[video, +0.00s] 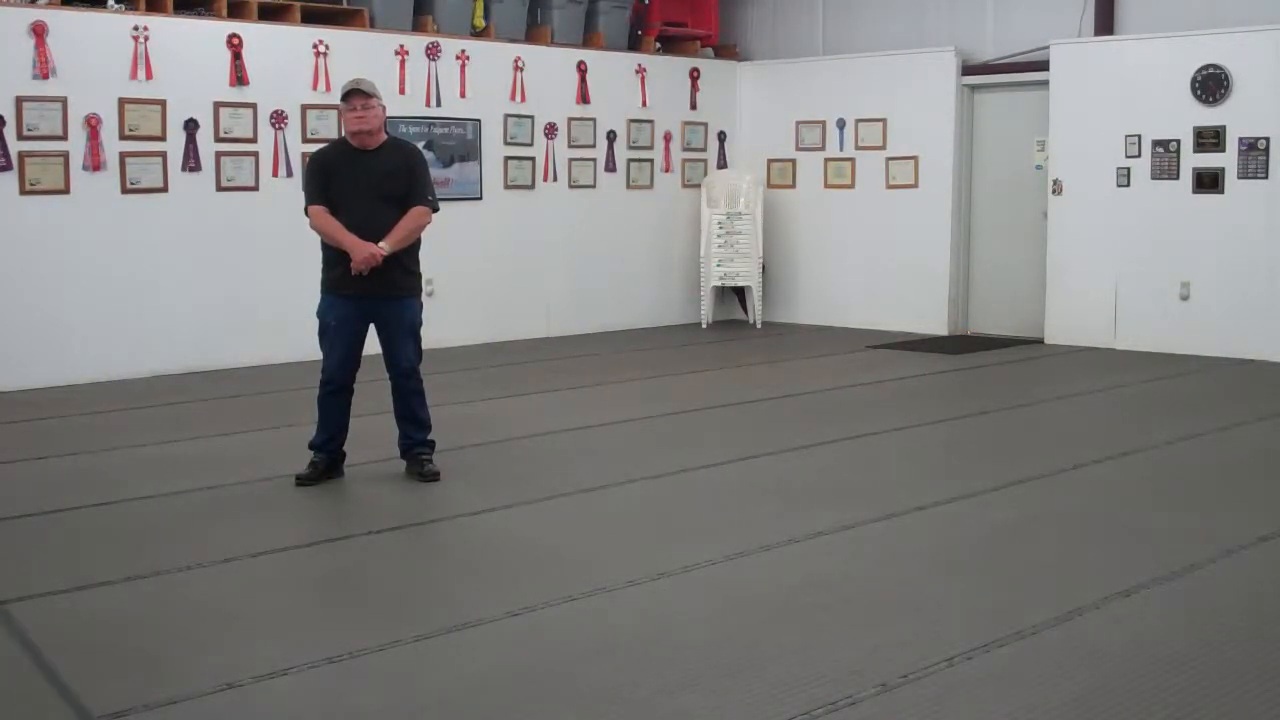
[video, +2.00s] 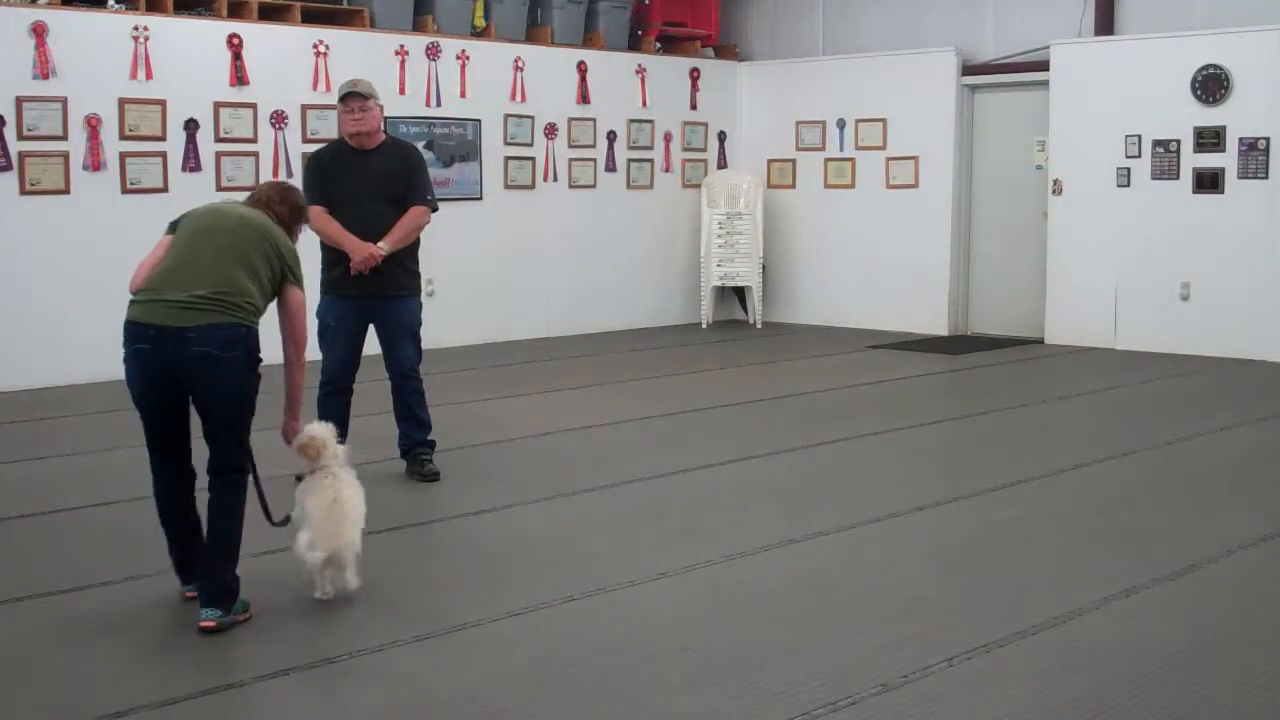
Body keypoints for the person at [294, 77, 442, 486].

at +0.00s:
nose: (359, 114)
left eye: (366, 107)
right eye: (351, 109)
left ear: (382, 111)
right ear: (341, 117)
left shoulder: (407, 155)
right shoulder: (323, 161)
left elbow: (422, 213)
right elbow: (317, 215)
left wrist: (379, 250)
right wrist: (355, 246)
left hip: (398, 287)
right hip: (342, 288)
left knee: (406, 373)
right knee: (335, 375)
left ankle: (419, 452)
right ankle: (327, 455)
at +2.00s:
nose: (357, 117)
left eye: (364, 109)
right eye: (350, 111)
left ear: (381, 113)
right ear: (339, 118)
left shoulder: (406, 155)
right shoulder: (321, 161)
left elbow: (421, 212)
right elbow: (316, 215)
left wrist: (378, 250)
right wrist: (355, 246)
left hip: (397, 289)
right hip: (342, 290)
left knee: (407, 373)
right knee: (335, 378)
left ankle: (418, 451)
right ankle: (327, 461)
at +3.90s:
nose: (361, 116)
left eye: (366, 108)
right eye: (353, 111)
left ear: (380, 112)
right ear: (340, 119)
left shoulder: (405, 155)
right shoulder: (327, 160)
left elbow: (420, 211)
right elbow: (313, 211)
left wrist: (375, 250)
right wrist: (352, 244)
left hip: (396, 285)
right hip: (342, 286)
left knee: (405, 371)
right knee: (335, 377)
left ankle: (415, 453)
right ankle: (329, 458)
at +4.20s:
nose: (361, 114)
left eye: (366, 107)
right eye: (353, 109)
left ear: (380, 111)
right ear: (341, 117)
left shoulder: (404, 153)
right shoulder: (327, 159)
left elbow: (421, 210)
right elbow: (312, 213)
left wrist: (379, 247)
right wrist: (349, 242)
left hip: (395, 286)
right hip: (342, 287)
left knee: (406, 373)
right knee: (336, 378)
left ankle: (417, 454)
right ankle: (330, 457)